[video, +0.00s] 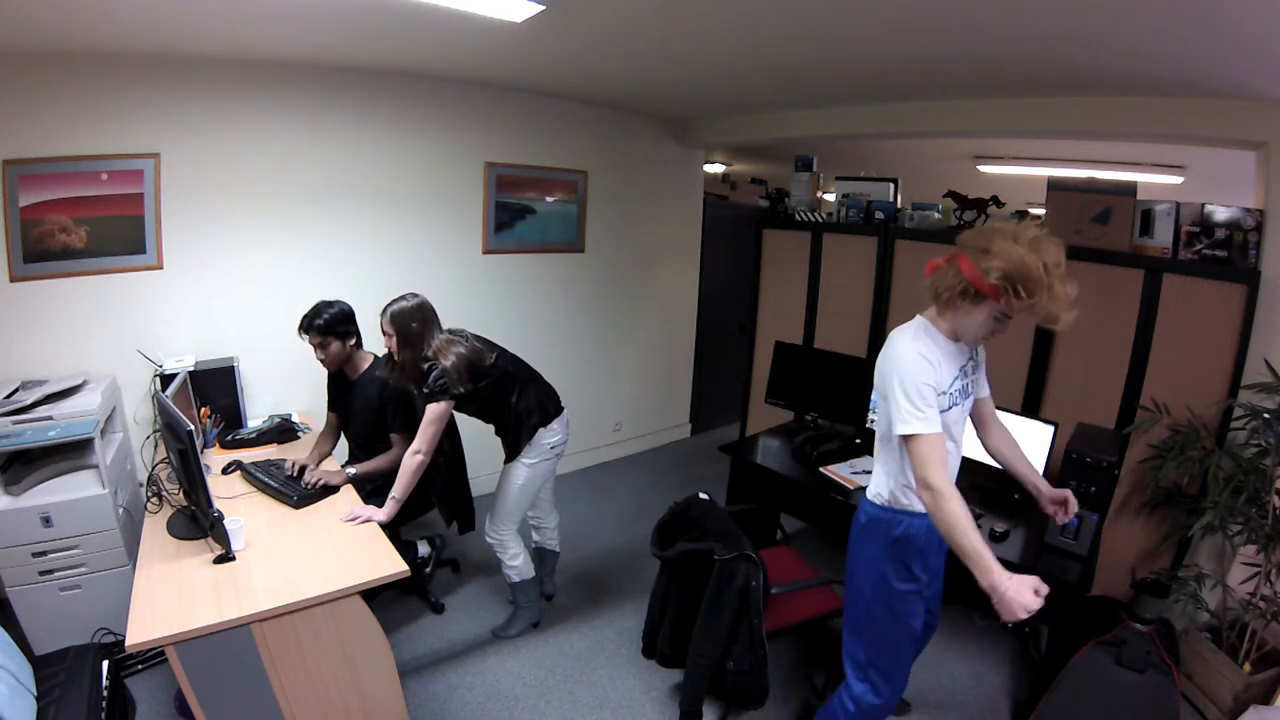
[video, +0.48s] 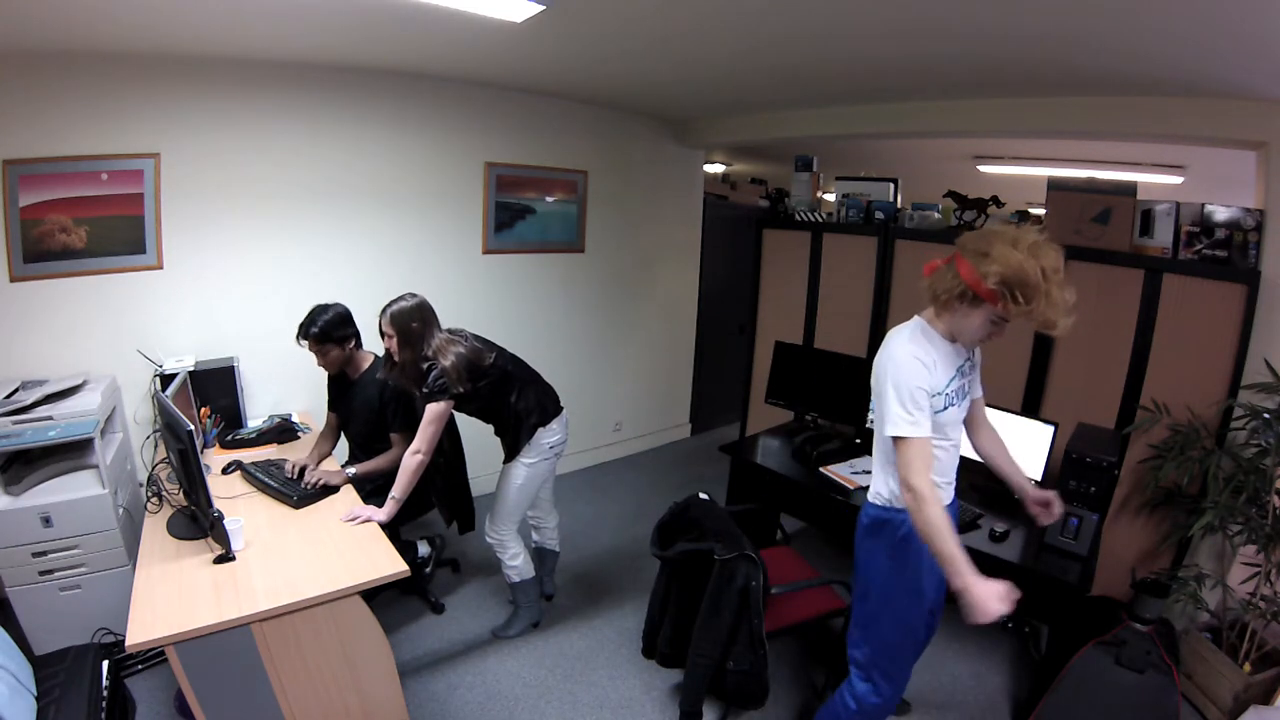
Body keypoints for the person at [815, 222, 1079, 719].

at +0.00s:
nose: (1001, 332)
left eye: (1007, 321)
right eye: (1000, 318)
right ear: (973, 295)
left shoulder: (965, 345)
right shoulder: (909, 355)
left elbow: (988, 424)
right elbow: (932, 485)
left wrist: (1041, 489)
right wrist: (998, 581)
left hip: (930, 527)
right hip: (891, 533)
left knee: (916, 629)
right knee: (874, 688)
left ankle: (881, 694)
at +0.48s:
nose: (997, 335)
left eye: (1004, 325)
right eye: (996, 322)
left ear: (974, 306)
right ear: (967, 299)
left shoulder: (960, 346)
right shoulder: (905, 357)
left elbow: (977, 423)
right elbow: (915, 487)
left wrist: (1024, 488)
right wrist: (968, 582)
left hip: (935, 518)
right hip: (895, 529)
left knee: (916, 627)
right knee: (876, 683)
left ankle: (881, 697)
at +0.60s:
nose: (997, 332)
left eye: (1003, 322)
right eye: (995, 319)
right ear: (966, 296)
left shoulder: (956, 341)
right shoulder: (903, 357)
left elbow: (963, 420)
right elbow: (896, 489)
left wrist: (990, 491)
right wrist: (922, 588)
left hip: (947, 512)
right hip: (909, 521)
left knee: (917, 614)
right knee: (883, 648)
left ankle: (880, 689)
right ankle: (840, 713)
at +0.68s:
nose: (1002, 327)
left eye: (1008, 317)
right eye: (999, 314)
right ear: (970, 291)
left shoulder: (960, 338)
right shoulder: (908, 354)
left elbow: (970, 417)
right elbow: (910, 482)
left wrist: (1007, 488)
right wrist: (955, 581)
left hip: (943, 508)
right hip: (902, 520)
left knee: (909, 614)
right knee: (873, 647)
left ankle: (874, 688)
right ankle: (837, 712)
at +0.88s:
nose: (1003, 332)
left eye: (1009, 321)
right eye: (1000, 318)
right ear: (971, 295)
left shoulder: (964, 344)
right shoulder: (910, 354)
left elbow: (986, 422)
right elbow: (934, 482)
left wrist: (1040, 486)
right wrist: (1003, 574)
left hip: (929, 523)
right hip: (891, 530)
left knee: (913, 623)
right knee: (870, 684)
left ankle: (881, 691)